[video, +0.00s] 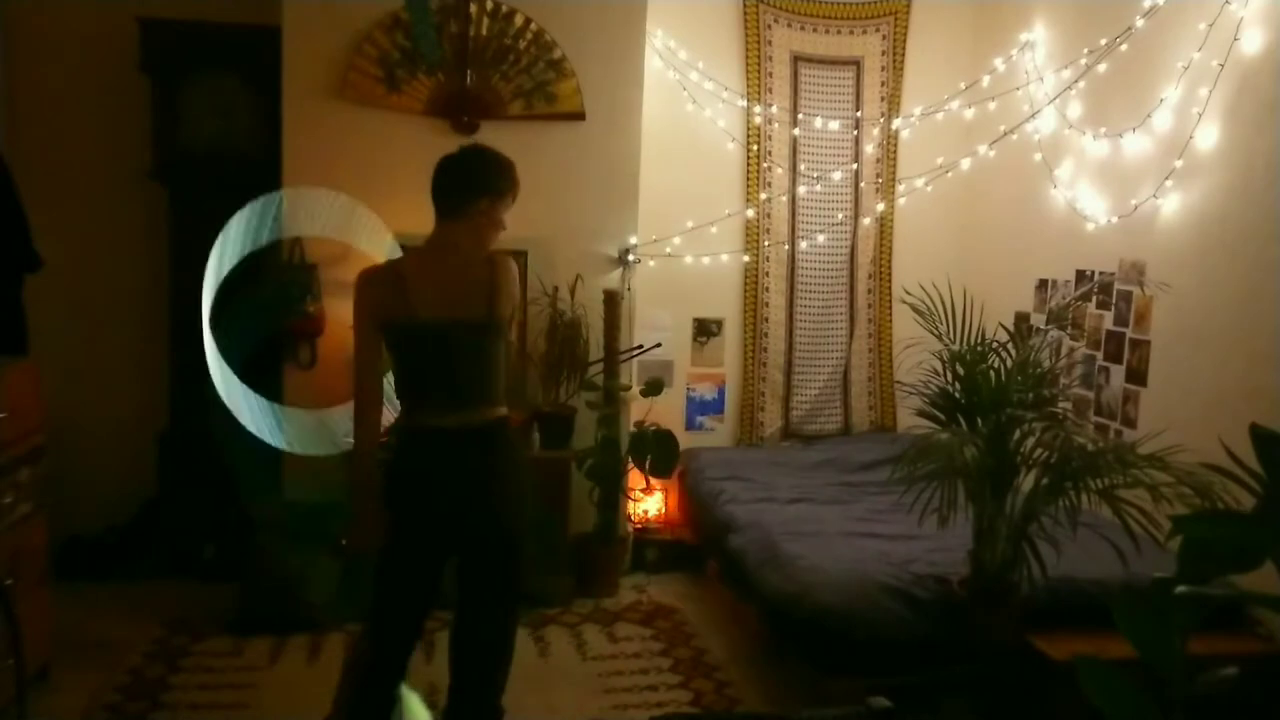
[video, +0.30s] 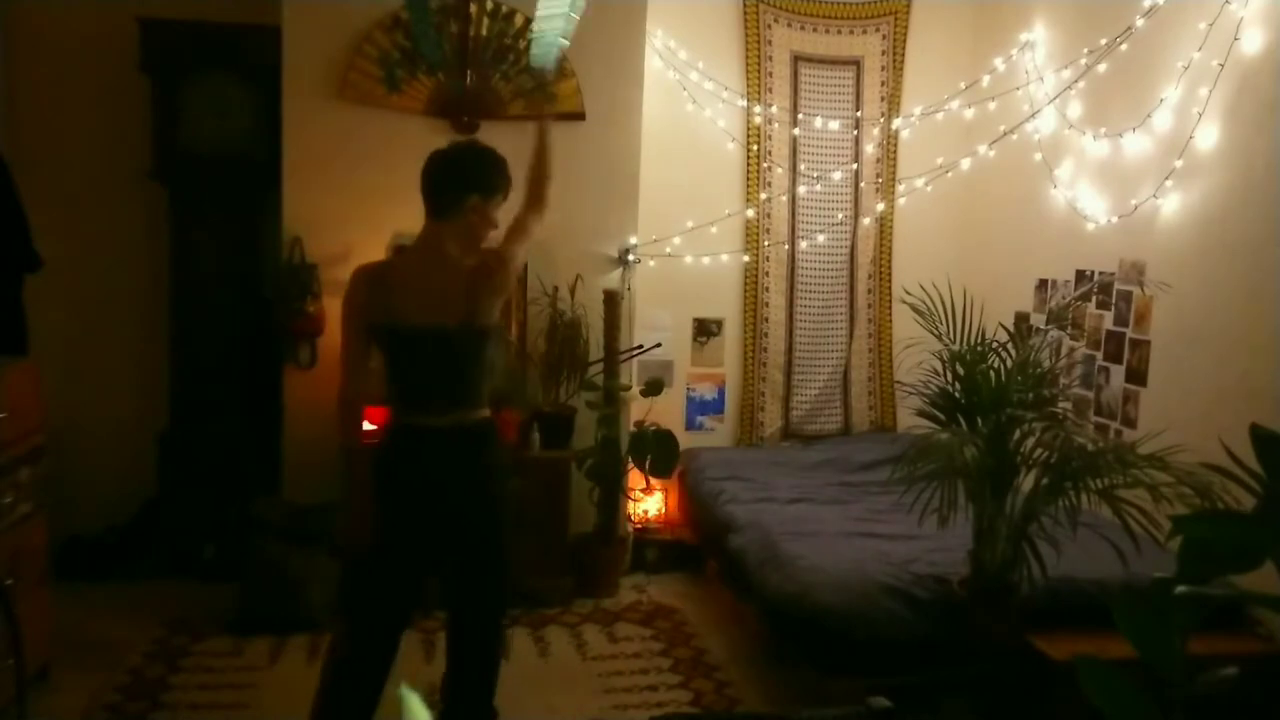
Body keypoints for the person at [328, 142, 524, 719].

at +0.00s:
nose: (504, 222)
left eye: (506, 208)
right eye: (502, 207)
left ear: (441, 203)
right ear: (478, 206)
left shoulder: (380, 283)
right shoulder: (502, 276)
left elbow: (368, 405)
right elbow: (514, 375)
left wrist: (363, 500)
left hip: (416, 465)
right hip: (488, 466)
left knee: (394, 622)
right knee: (486, 628)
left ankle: (361, 710)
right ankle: (475, 711)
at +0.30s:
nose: (496, 221)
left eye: (496, 206)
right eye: (493, 205)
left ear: (430, 198)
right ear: (473, 206)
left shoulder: (371, 281)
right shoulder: (487, 279)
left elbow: (352, 396)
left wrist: (350, 493)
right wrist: (544, 120)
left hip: (400, 461)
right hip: (471, 463)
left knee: (372, 623)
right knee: (477, 629)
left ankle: (341, 711)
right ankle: (467, 711)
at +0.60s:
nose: (506, 231)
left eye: (506, 216)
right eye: (499, 215)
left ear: (459, 215)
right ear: (461, 212)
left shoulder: (438, 290)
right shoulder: (436, 297)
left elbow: (506, 380)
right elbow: (519, 389)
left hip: (459, 475)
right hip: (455, 479)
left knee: (461, 635)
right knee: (479, 649)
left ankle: (421, 706)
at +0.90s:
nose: (487, 207)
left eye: (492, 194)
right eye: (472, 196)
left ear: (499, 201)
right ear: (442, 204)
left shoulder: (495, 278)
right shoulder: (425, 284)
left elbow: (498, 360)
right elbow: (390, 380)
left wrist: (546, 413)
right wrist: (464, 382)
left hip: (491, 452)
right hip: (447, 461)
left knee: (490, 602)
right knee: (477, 607)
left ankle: (473, 705)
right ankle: (466, 708)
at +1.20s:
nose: (477, 204)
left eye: (485, 191)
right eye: (461, 191)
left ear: (497, 200)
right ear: (431, 200)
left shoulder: (497, 283)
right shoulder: (415, 283)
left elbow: (533, 359)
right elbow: (349, 242)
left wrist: (613, 401)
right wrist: (441, 257)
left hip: (512, 455)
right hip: (451, 466)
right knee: (496, 639)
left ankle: (611, 577)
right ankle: (454, 714)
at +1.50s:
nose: (495, 212)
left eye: (499, 198)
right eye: (485, 199)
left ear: (498, 204)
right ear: (450, 201)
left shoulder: (491, 281)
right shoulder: (422, 281)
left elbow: (517, 367)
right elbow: (397, 215)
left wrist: (577, 407)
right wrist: (478, 231)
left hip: (517, 451)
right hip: (461, 468)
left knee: (631, 459)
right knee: (505, 638)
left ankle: (607, 568)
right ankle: (462, 714)